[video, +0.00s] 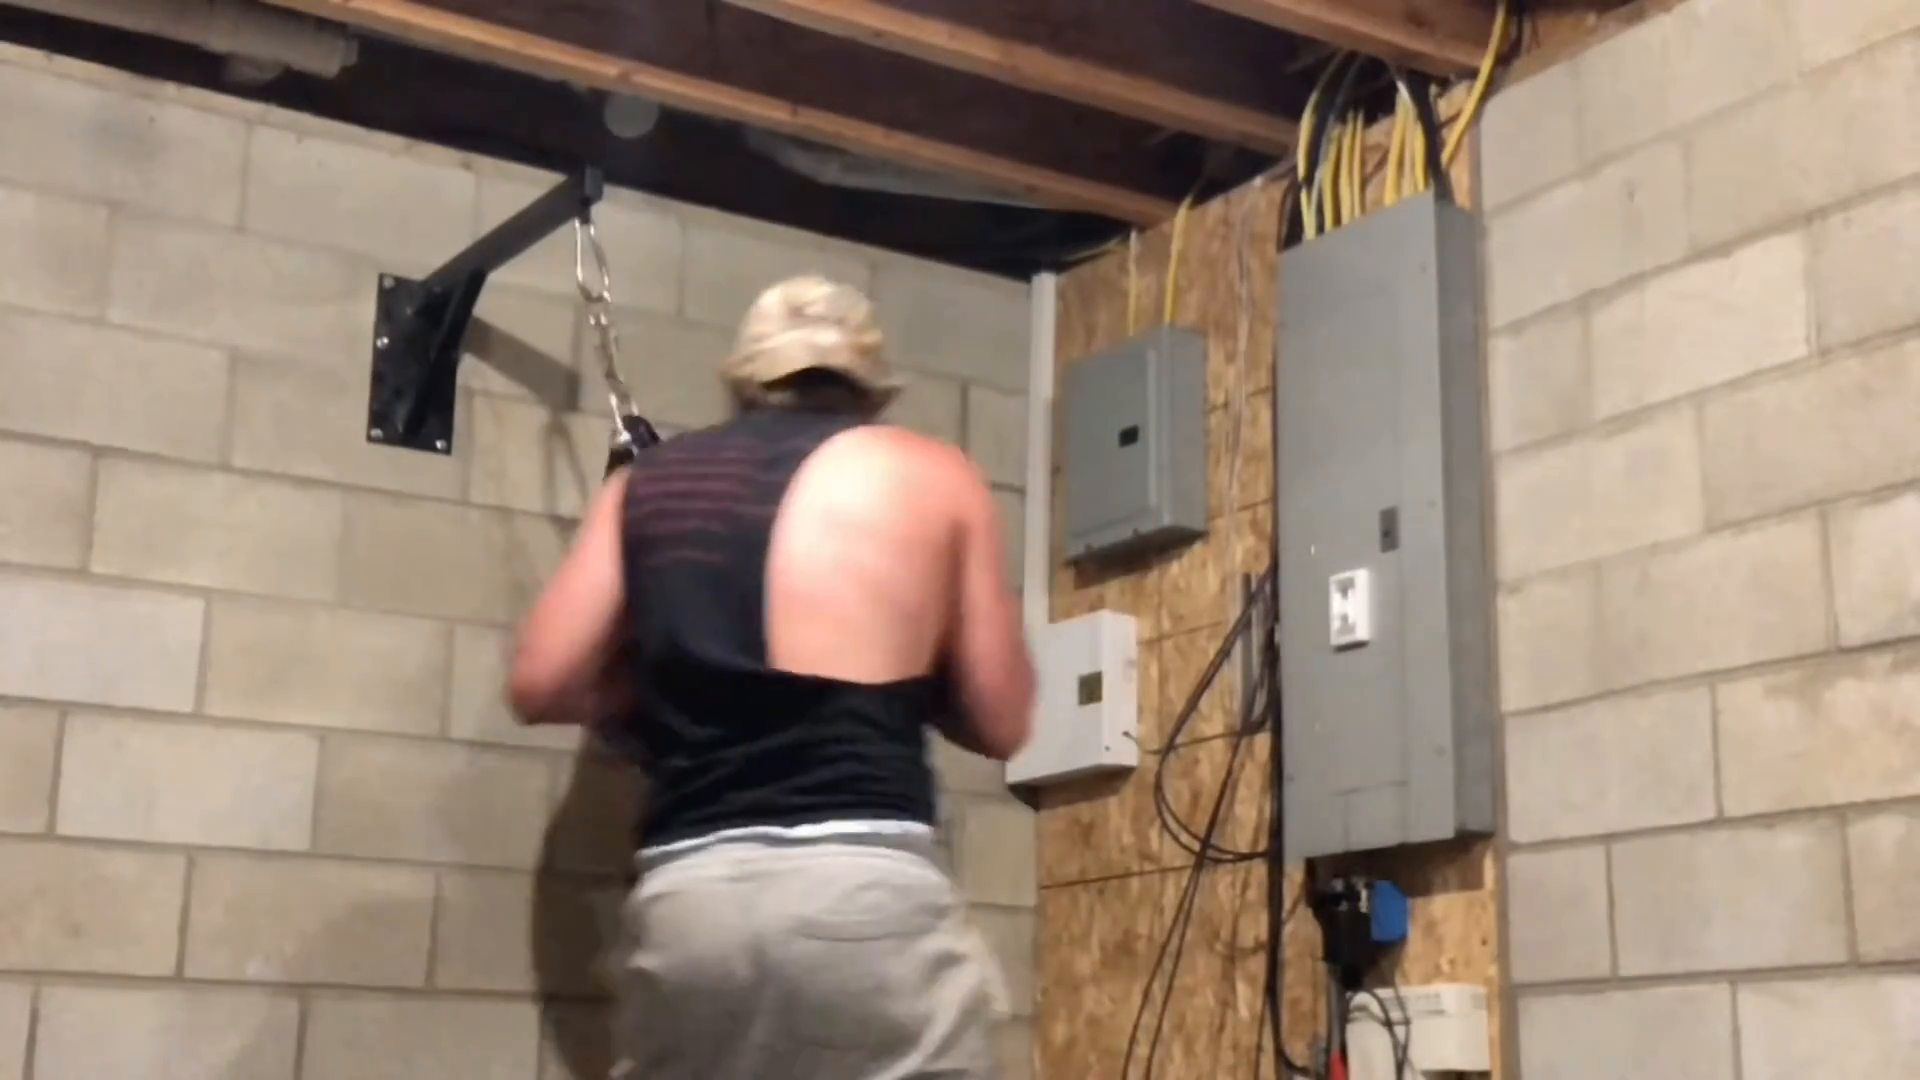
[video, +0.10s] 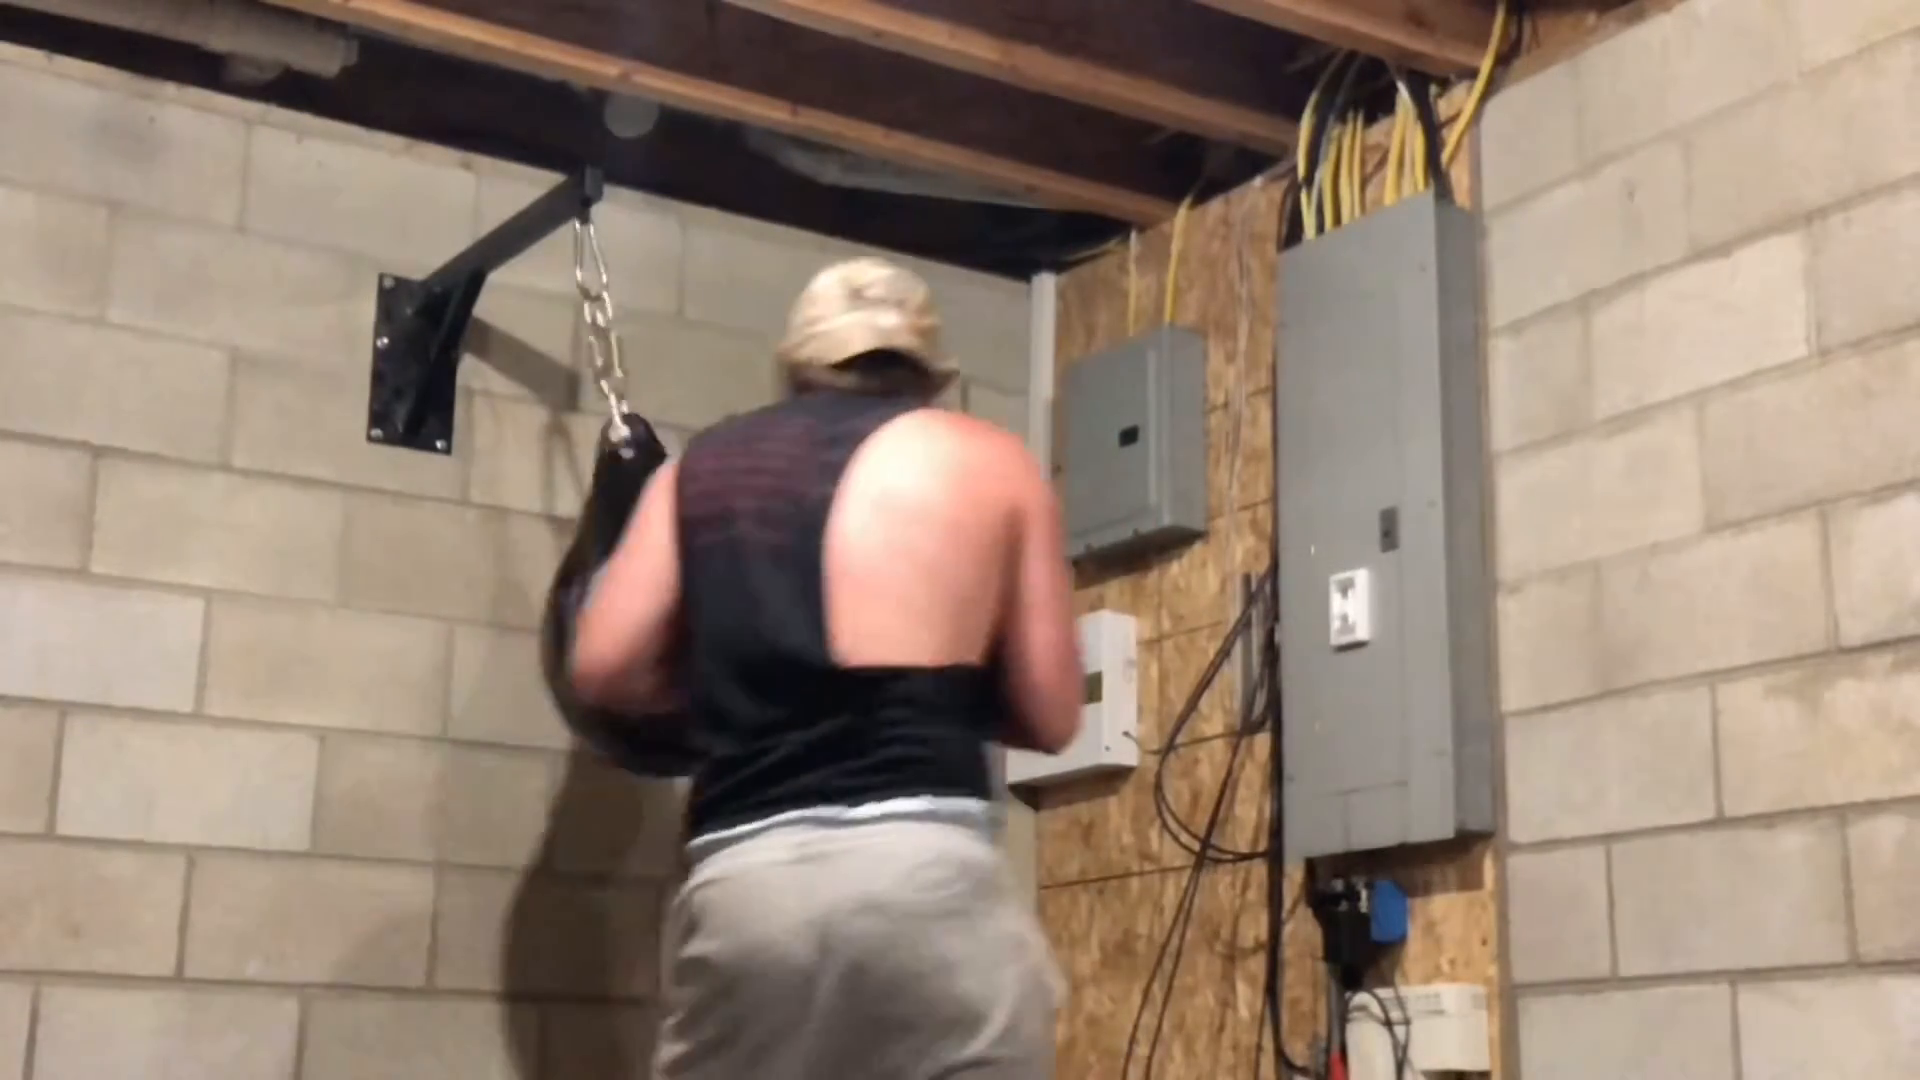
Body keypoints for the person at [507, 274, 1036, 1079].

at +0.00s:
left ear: (741, 380)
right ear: (871, 380)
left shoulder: (645, 480)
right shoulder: (941, 475)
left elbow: (540, 685)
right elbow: (1002, 723)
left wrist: (671, 680)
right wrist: (893, 648)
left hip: (686, 904)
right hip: (875, 895)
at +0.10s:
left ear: (795, 365)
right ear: (928, 365)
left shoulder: (698, 465)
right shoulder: (999, 461)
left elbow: (601, 666)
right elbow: (1050, 717)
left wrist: (735, 676)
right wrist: (930, 660)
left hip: (743, 888)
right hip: (937, 880)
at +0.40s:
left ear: (890, 324)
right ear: (1024, 332)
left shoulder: (792, 404)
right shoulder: (1111, 437)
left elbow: (686, 605)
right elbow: (1155, 703)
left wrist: (800, 613)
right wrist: (1030, 639)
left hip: (826, 855)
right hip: (1024, 858)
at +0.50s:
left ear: (904, 321)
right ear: (1038, 330)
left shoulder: (803, 398)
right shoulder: (1121, 438)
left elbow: (693, 604)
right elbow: (1152, 711)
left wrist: (812, 600)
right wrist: (1027, 636)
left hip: (834, 860)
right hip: (1034, 862)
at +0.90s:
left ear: (881, 331)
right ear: (1018, 336)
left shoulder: (792, 404)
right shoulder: (1114, 442)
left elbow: (681, 615)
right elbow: (1144, 712)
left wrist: (817, 600)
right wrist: (1019, 637)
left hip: (811, 863)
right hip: (1012, 866)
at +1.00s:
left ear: (854, 339)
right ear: (991, 342)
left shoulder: (778, 412)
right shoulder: (1096, 448)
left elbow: (674, 625)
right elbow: (1119, 711)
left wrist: (798, 578)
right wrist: (1003, 630)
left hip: (802, 868)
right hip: (1003, 872)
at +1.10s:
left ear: (810, 356)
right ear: (947, 357)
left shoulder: (752, 426)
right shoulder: (1062, 466)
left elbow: (648, 639)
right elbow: (1075, 726)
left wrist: (764, 576)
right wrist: (962, 619)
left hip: (783, 884)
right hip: (985, 891)